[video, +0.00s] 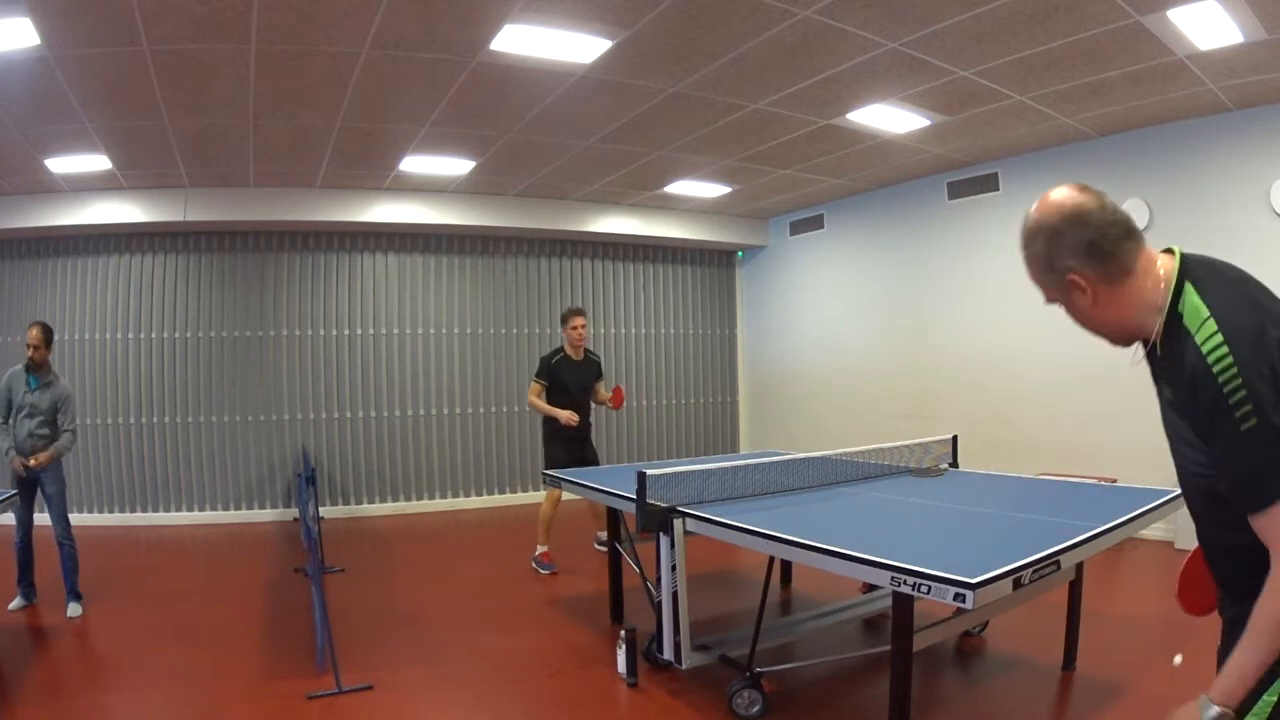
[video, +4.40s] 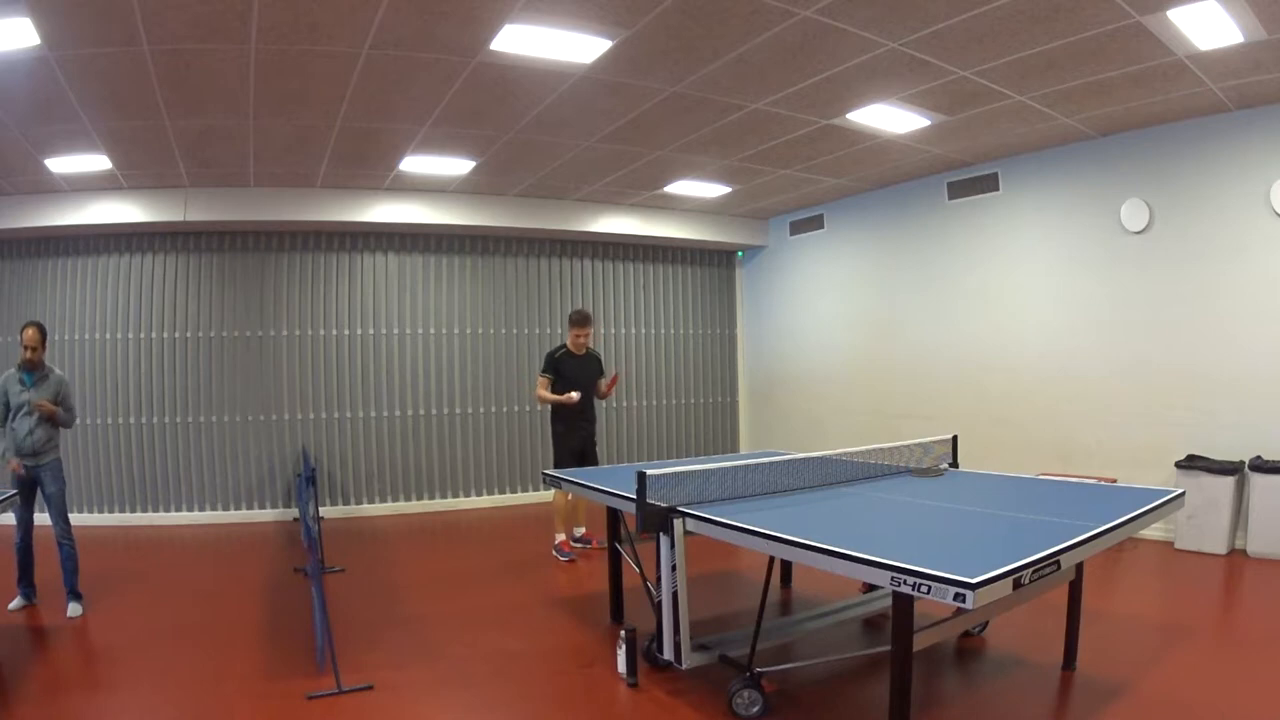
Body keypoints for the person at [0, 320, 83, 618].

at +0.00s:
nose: (30, 352)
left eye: (36, 348)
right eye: (28, 346)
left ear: (49, 349)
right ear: (25, 346)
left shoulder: (60, 390)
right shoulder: (12, 378)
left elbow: (69, 434)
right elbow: (4, 421)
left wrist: (48, 456)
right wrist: (12, 454)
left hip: (49, 464)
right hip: (19, 464)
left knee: (62, 532)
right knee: (22, 533)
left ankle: (73, 596)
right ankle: (26, 593)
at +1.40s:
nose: (17, 345)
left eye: (23, 340)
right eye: (15, 340)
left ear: (38, 344)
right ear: (13, 344)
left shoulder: (52, 383)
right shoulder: (6, 380)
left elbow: (61, 428)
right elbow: (2, 415)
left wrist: (41, 450)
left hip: (41, 464)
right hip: (11, 464)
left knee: (57, 532)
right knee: (20, 533)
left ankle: (72, 596)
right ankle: (26, 593)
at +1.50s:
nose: (17, 345)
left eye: (23, 340)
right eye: (15, 340)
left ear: (38, 344)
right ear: (13, 344)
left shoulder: (52, 383)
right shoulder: (7, 379)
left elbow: (62, 428)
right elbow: (3, 420)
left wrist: (41, 450)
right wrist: (1, 403)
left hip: (41, 463)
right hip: (11, 464)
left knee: (57, 531)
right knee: (20, 533)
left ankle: (72, 596)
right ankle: (26, 593)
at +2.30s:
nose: (18, 345)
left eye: (24, 340)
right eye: (15, 340)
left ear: (38, 344)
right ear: (13, 343)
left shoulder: (52, 382)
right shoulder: (6, 381)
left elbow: (62, 428)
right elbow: (3, 419)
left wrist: (42, 451)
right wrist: (8, 448)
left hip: (41, 463)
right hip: (11, 463)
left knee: (57, 531)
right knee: (20, 532)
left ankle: (73, 596)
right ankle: (26, 593)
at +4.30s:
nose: (29, 356)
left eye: (34, 350)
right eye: (25, 349)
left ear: (44, 347)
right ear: (18, 347)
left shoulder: (57, 379)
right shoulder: (7, 381)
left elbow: (73, 413)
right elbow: (2, 425)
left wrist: (54, 409)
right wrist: (3, 466)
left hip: (48, 461)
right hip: (18, 463)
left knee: (62, 530)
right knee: (22, 533)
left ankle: (73, 596)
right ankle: (26, 593)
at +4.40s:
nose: (29, 354)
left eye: (34, 349)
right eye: (25, 348)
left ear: (45, 347)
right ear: (19, 346)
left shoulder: (57, 380)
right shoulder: (7, 381)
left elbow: (70, 420)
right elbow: (4, 423)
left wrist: (53, 411)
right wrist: (10, 457)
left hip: (49, 461)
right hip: (19, 463)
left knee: (62, 530)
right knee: (22, 532)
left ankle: (73, 596)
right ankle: (26, 593)